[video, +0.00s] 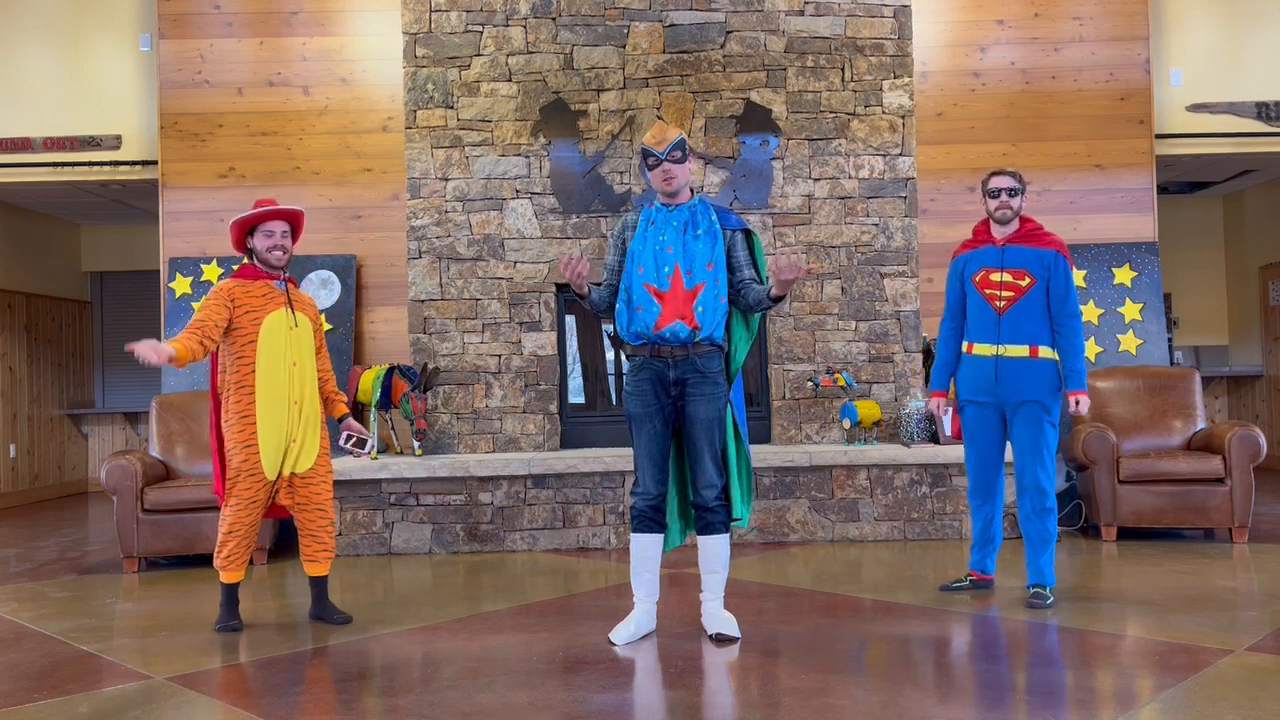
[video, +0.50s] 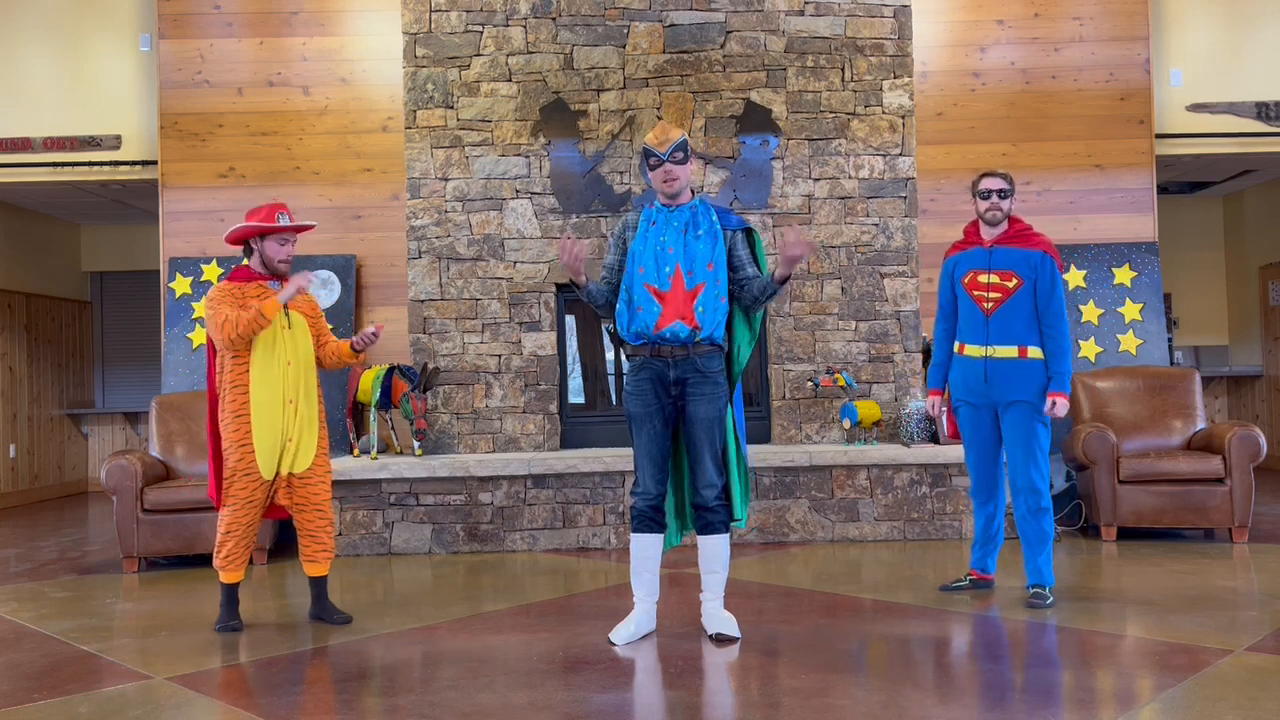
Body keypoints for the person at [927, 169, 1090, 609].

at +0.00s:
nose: (1003, 200)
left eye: (1012, 193)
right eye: (995, 193)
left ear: (1023, 199)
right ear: (984, 200)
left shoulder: (1049, 252)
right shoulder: (966, 255)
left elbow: (1068, 322)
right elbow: (951, 324)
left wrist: (1076, 380)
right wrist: (940, 382)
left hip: (1034, 388)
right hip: (977, 390)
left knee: (1036, 485)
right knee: (982, 483)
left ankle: (1041, 581)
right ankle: (981, 572)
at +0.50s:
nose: (994, 201)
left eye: (1002, 195)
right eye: (985, 195)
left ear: (1013, 201)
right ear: (974, 202)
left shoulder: (1038, 254)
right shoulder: (957, 257)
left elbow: (1056, 325)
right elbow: (945, 327)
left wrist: (1059, 383)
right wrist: (936, 385)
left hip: (1024, 390)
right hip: (971, 391)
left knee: (1030, 487)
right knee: (984, 485)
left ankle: (1039, 581)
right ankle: (982, 572)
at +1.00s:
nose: (994, 201)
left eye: (1001, 194)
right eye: (985, 194)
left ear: (1012, 202)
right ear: (973, 201)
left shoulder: (1036, 254)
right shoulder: (954, 257)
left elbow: (1057, 323)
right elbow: (941, 327)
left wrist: (1065, 383)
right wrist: (933, 383)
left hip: (1022, 388)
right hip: (968, 391)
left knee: (1029, 486)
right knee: (981, 485)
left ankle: (1039, 580)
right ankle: (982, 572)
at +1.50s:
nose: (969, 206)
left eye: (978, 198)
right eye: (967, 199)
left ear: (1004, 203)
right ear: (969, 205)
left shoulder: (1036, 254)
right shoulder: (957, 256)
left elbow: (1057, 325)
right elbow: (944, 326)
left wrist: (1062, 385)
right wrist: (934, 381)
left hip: (1019, 389)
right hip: (967, 391)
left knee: (1026, 486)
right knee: (981, 485)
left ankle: (1039, 581)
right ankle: (982, 572)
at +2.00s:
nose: (972, 206)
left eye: (980, 198)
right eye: (970, 199)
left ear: (1007, 203)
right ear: (980, 205)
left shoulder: (1039, 252)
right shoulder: (965, 256)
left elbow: (1060, 327)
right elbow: (955, 328)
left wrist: (1060, 387)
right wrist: (943, 383)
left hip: (1020, 389)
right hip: (970, 391)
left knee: (1027, 487)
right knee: (983, 485)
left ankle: (1040, 581)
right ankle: (982, 572)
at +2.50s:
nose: (972, 205)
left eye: (980, 197)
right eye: (971, 198)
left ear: (1008, 202)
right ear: (987, 205)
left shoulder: (1038, 252)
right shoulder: (973, 256)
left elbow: (1058, 328)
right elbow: (969, 328)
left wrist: (1052, 390)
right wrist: (958, 384)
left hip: (1019, 388)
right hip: (975, 389)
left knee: (1028, 487)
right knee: (985, 484)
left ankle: (1040, 581)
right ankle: (981, 572)